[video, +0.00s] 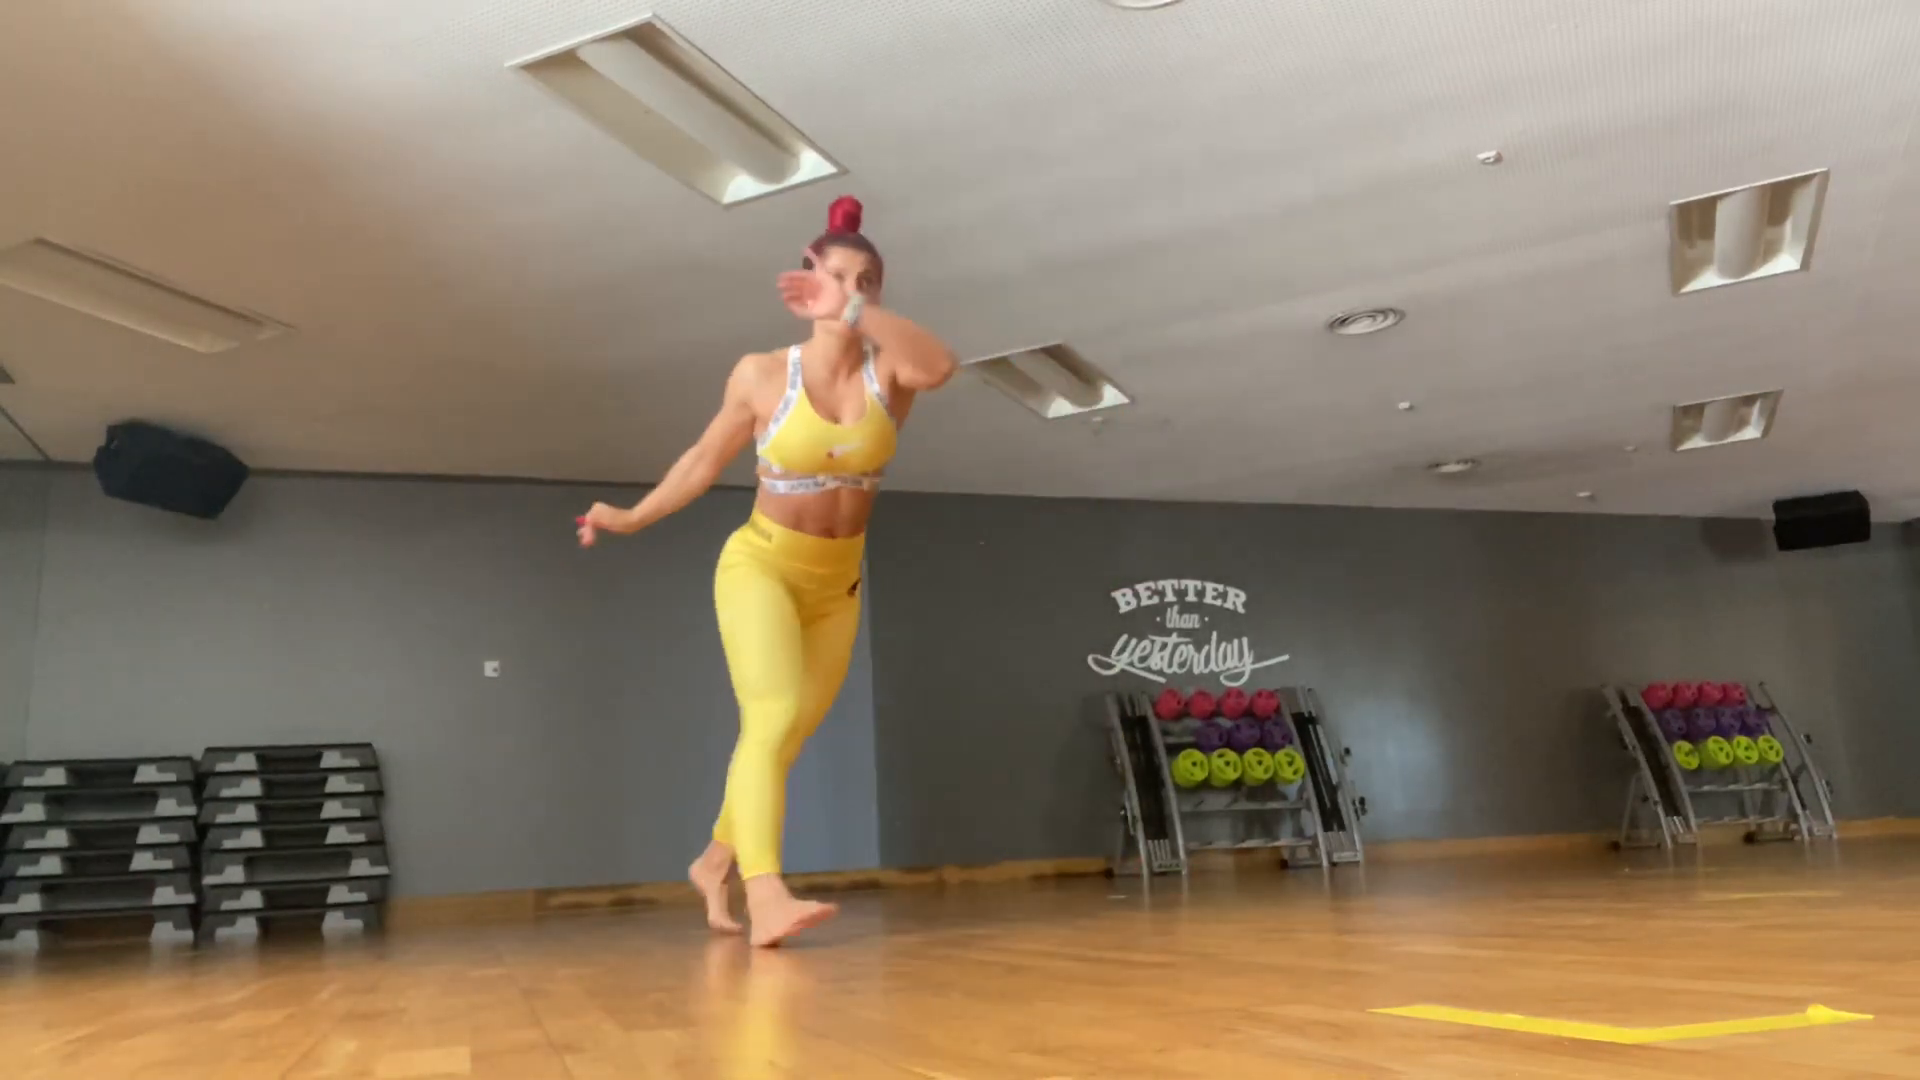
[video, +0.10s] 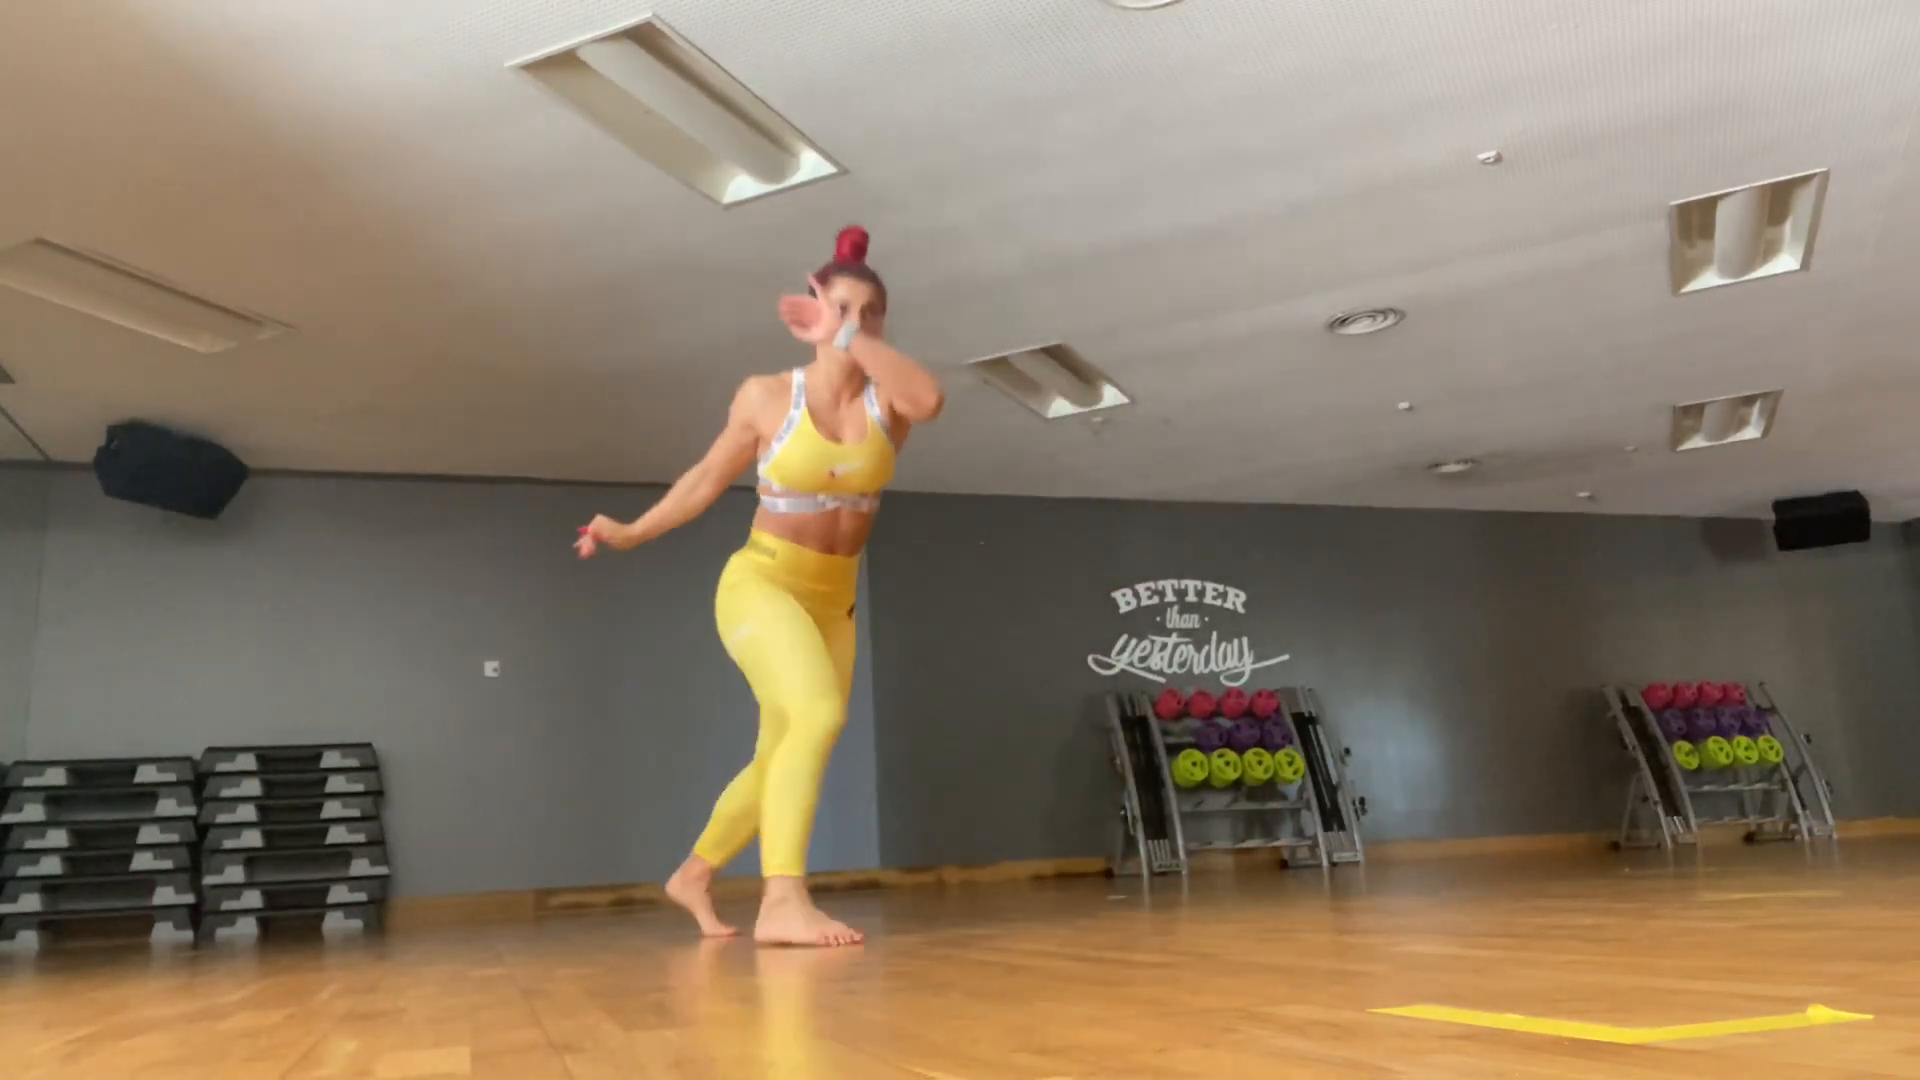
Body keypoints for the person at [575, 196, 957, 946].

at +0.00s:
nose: (845, 290)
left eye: (859, 279)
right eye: (832, 274)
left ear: (874, 294)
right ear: (805, 284)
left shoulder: (889, 374)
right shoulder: (762, 375)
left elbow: (935, 365)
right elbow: (701, 463)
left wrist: (852, 308)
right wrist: (633, 517)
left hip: (838, 582)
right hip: (761, 563)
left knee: (790, 735)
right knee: (770, 716)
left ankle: (714, 862)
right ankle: (767, 894)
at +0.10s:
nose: (859, 324)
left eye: (869, 314)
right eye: (846, 309)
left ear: (877, 323)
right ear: (812, 313)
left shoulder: (887, 402)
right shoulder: (767, 397)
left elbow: (924, 397)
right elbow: (703, 483)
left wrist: (842, 333)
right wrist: (632, 532)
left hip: (833, 601)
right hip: (761, 583)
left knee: (781, 753)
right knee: (818, 714)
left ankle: (693, 875)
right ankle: (783, 903)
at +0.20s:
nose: (873, 351)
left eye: (885, 339)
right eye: (859, 335)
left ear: (897, 351)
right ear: (828, 346)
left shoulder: (902, 426)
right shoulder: (786, 424)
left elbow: (946, 428)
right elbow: (714, 507)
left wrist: (866, 366)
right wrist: (646, 544)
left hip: (847, 626)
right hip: (775, 609)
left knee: (785, 782)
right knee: (850, 695)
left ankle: (684, 884)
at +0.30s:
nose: (889, 335)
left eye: (904, 322)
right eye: (874, 320)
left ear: (917, 335)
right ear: (847, 336)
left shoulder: (933, 408)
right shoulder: (811, 413)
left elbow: (977, 413)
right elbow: (738, 497)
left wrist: (896, 362)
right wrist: (686, 513)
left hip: (882, 618)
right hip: (809, 600)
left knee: (800, 770)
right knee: (880, 709)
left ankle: (701, 872)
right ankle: (953, 884)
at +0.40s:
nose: (928, 319)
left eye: (942, 304)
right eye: (913, 304)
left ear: (959, 315)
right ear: (887, 317)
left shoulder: (986, 384)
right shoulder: (860, 402)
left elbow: (1052, 416)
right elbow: (787, 495)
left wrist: (980, 373)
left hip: (950, 595)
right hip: (875, 579)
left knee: (881, 755)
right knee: (927, 705)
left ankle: (783, 855)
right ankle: (966, 895)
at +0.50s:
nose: (973, 318)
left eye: (986, 305)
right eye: (958, 304)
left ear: (997, 318)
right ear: (926, 316)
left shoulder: (1018, 389)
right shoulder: (897, 400)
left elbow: (1102, 433)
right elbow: (861, 483)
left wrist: (1035, 385)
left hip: (987, 592)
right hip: (910, 579)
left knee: (983, 752)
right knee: (943, 704)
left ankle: (874, 840)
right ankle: (965, 895)